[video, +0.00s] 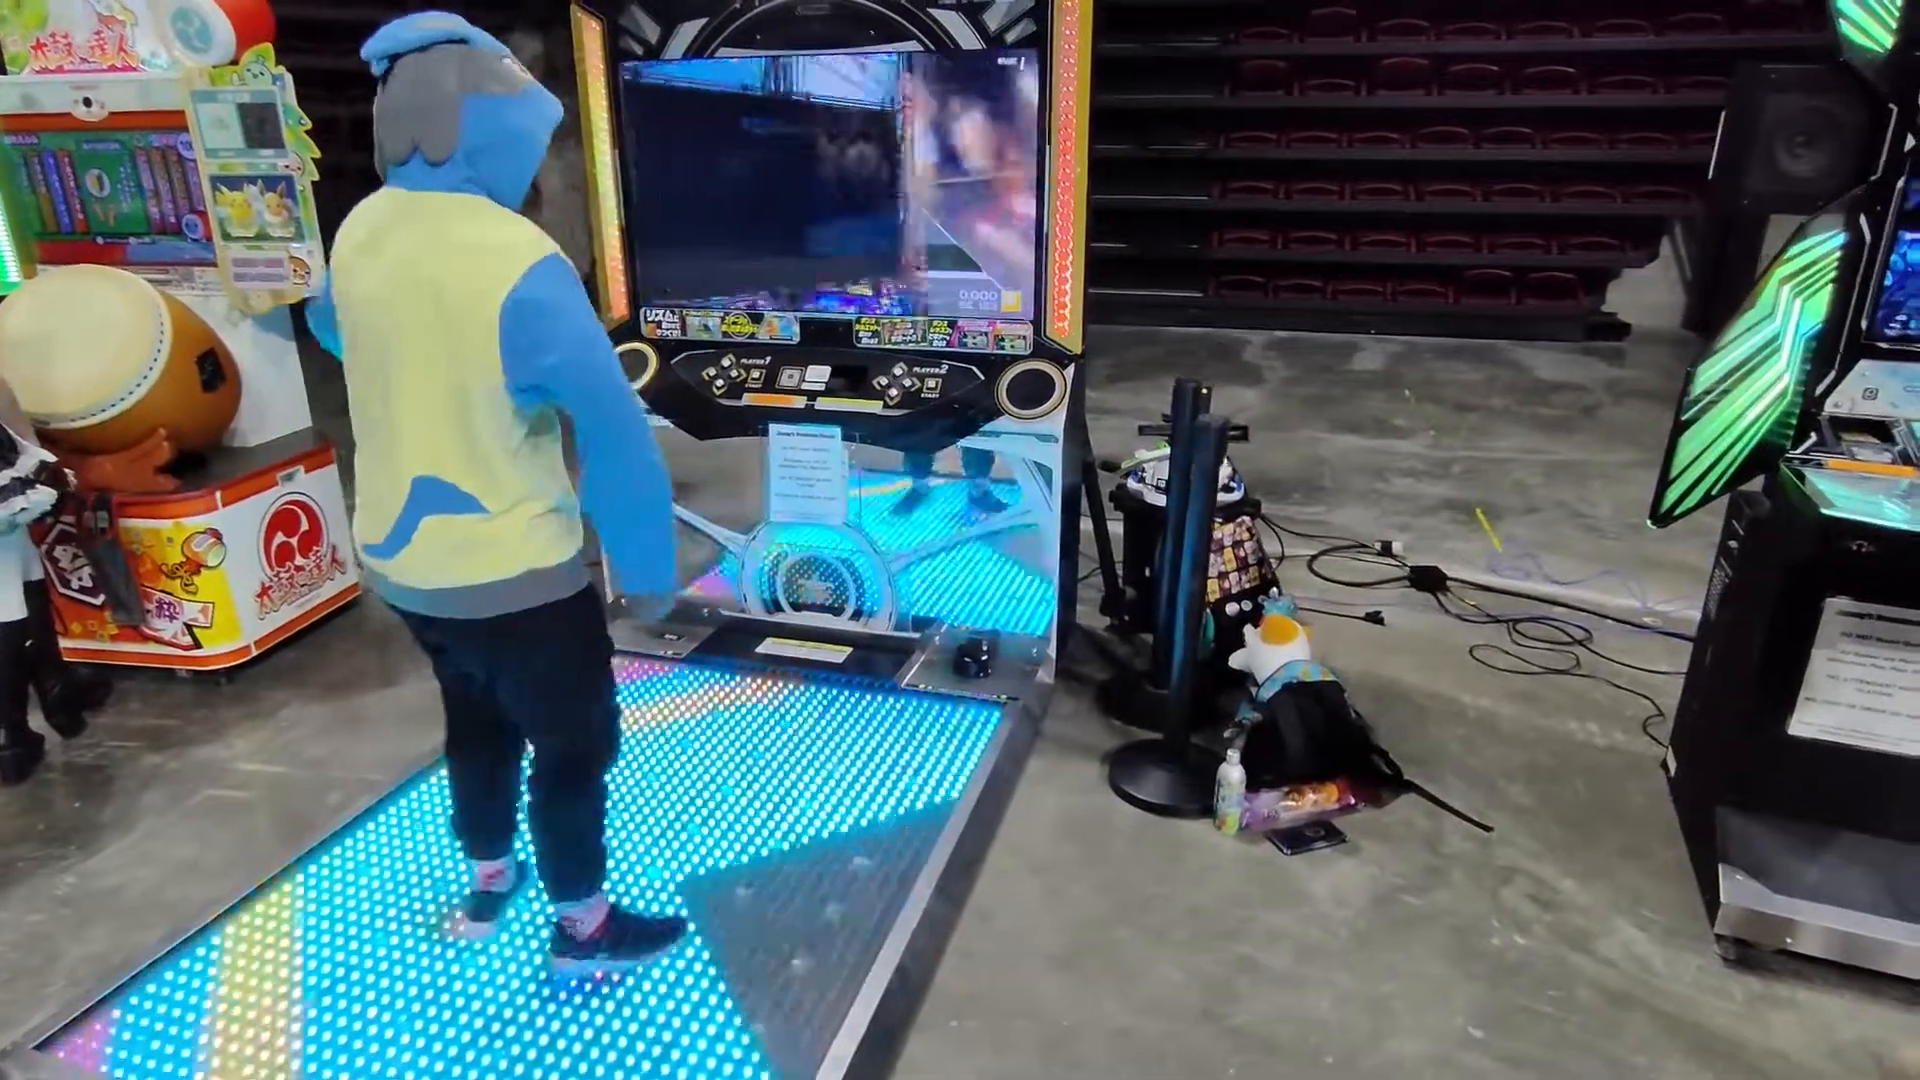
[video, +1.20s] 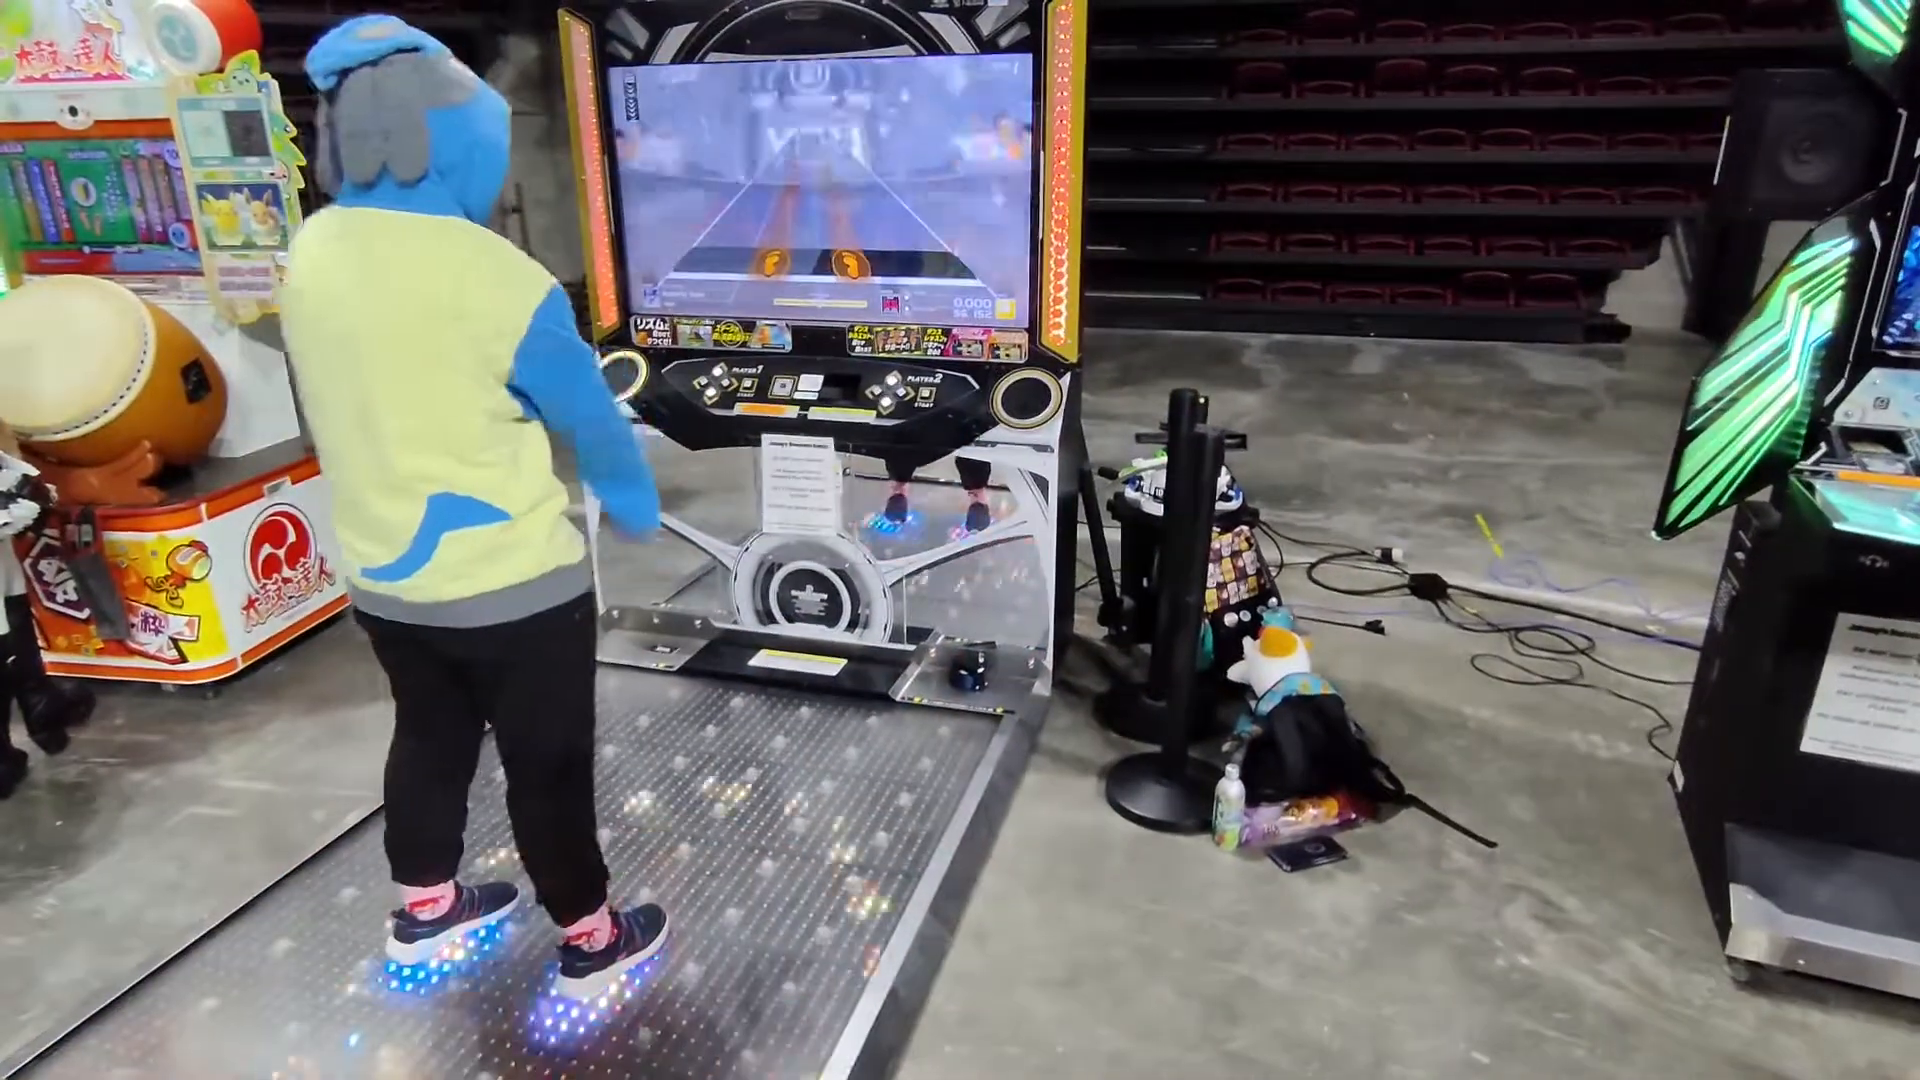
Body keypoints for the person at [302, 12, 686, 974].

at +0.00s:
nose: (530, 145)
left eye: (525, 124)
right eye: (515, 125)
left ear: (414, 134)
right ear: (471, 130)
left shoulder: (362, 232)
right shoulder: (520, 264)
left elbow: (337, 335)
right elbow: (615, 429)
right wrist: (648, 568)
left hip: (408, 567)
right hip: (521, 574)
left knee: (478, 718)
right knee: (575, 743)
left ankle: (489, 872)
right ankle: (581, 920)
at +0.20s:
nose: (495, 159)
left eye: (492, 138)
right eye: (482, 138)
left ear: (383, 146)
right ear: (436, 141)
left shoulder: (333, 259)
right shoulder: (481, 273)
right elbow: (619, 405)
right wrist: (723, 515)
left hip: (389, 577)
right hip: (495, 582)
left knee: (472, 724)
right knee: (571, 744)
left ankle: (489, 895)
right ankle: (573, 935)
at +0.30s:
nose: (485, 163)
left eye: (481, 142)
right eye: (471, 144)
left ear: (368, 148)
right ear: (421, 145)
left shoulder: (322, 258)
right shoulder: (461, 275)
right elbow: (607, 396)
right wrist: (776, 465)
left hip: (379, 584)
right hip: (487, 587)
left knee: (459, 709)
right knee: (563, 743)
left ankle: (448, 879)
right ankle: (568, 932)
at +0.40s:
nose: (473, 155)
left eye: (468, 136)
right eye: (458, 136)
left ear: (351, 147)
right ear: (410, 141)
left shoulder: (305, 261)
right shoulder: (457, 272)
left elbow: (309, 422)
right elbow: (596, 396)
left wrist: (299, 549)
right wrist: (772, 435)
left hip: (371, 586)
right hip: (484, 589)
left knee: (444, 713)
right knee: (548, 750)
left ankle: (428, 885)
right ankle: (561, 940)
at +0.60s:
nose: (443, 156)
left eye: (433, 136)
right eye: (428, 137)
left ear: (311, 159)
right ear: (393, 149)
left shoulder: (258, 272)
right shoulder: (437, 285)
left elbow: (196, 446)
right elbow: (558, 438)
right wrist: (724, 472)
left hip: (337, 599)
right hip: (469, 593)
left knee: (417, 721)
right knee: (533, 754)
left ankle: (423, 897)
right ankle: (551, 930)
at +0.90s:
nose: (449, 151)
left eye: (442, 130)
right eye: (437, 130)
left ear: (302, 148)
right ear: (400, 141)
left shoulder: (250, 258)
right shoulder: (448, 279)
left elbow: (237, 333)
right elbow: (540, 390)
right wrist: (648, 400)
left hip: (336, 595)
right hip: (473, 586)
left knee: (399, 736)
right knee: (546, 746)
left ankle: (421, 902)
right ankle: (579, 921)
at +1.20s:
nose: (491, 152)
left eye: (482, 131)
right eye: (479, 133)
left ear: (353, 145)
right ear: (451, 143)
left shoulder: (310, 258)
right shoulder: (504, 284)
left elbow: (327, 399)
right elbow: (594, 421)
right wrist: (633, 502)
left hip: (383, 586)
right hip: (515, 589)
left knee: (431, 729)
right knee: (548, 762)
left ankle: (425, 900)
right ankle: (588, 928)